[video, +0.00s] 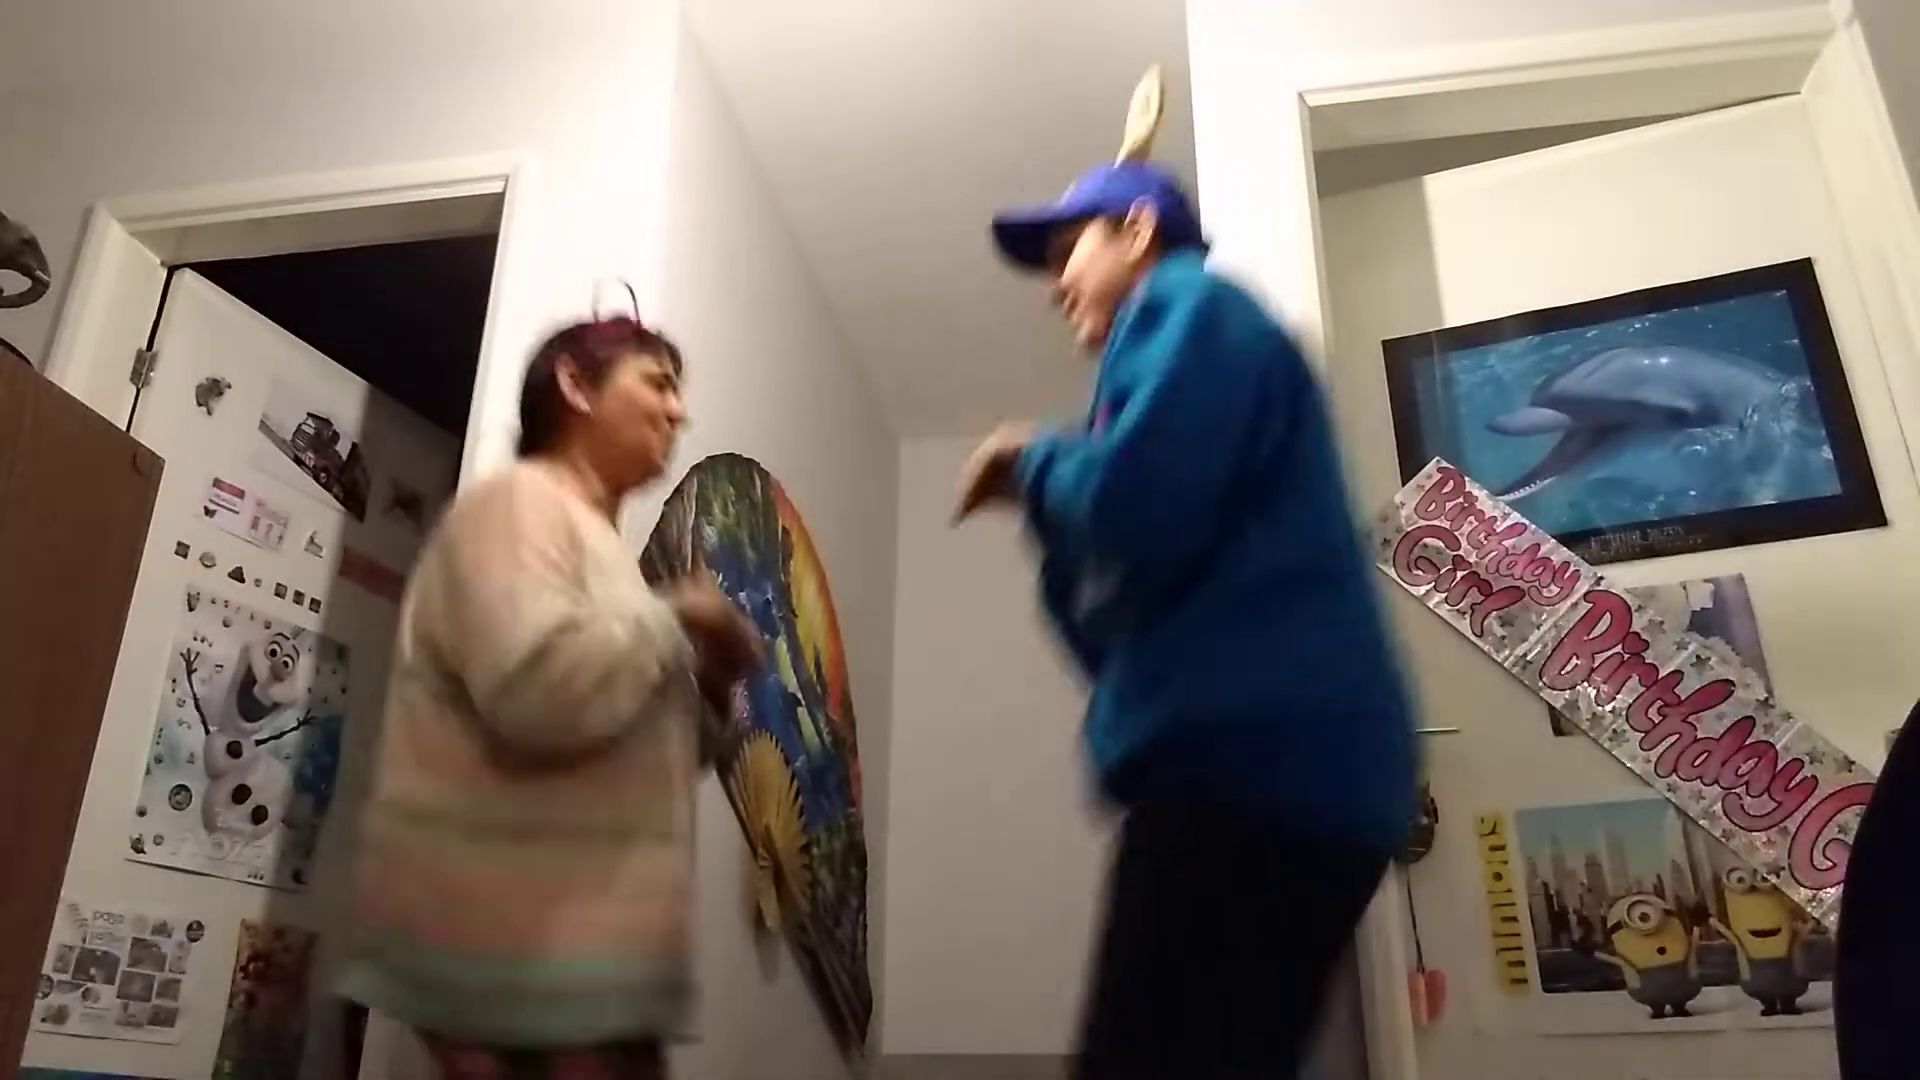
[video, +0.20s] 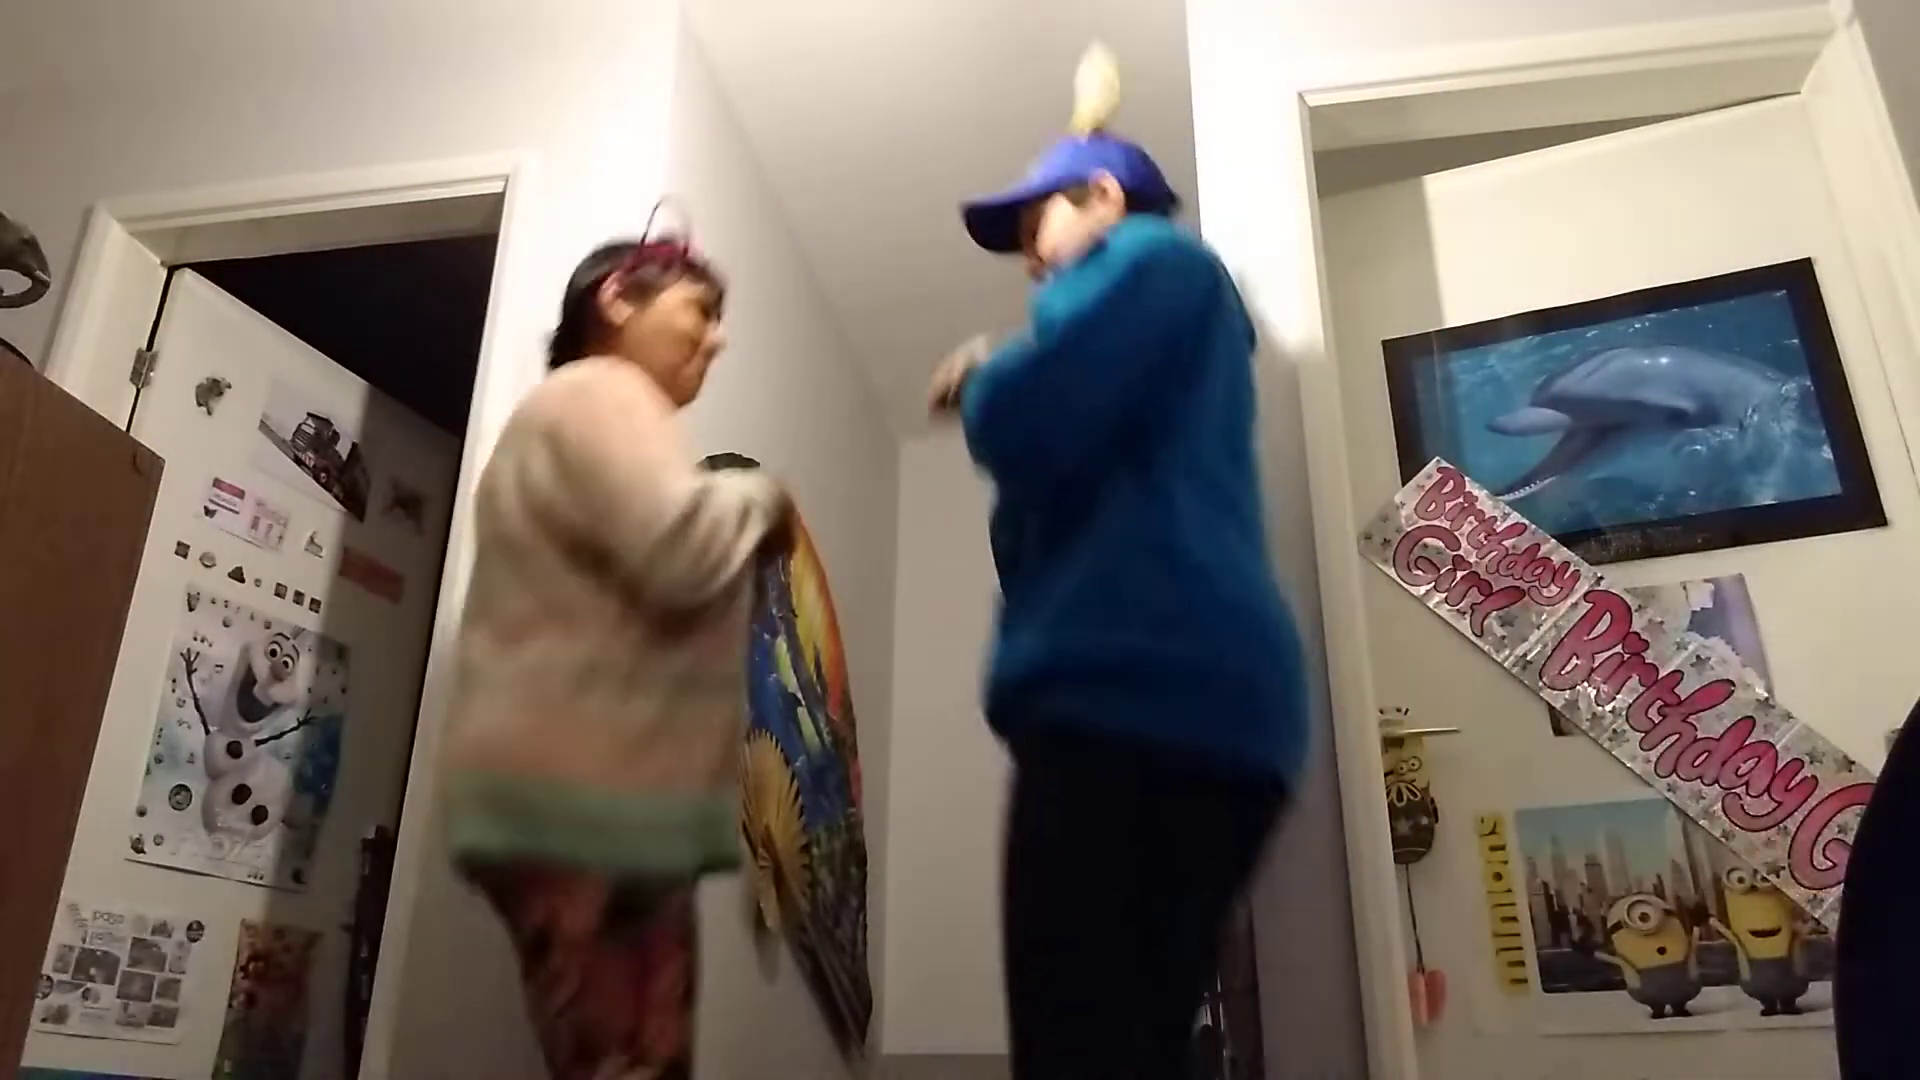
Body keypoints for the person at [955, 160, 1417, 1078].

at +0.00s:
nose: (1055, 282)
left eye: (1068, 249)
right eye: (1051, 263)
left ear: (1137, 229)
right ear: (1138, 241)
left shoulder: (1197, 307)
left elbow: (1137, 507)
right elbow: (1107, 640)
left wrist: (1033, 456)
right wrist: (1048, 498)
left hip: (1254, 769)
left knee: (1147, 1056)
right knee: (1205, 1058)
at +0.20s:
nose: (1030, 256)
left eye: (1039, 227)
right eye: (1025, 239)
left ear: (1102, 196)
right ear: (1105, 205)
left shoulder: (1155, 257)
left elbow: (1019, 427)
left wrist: (983, 369)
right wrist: (1007, 368)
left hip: (1142, 705)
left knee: (1082, 1025)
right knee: (1117, 1024)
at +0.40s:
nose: (959, 288)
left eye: (969, 255)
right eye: (958, 265)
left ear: (1022, 229)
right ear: (1049, 234)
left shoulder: (1066, 301)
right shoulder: (1139, 314)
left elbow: (972, 493)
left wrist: (913, 428)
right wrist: (922, 441)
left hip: (1089, 755)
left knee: (1018, 1043)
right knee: (1130, 1044)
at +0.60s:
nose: (939, 314)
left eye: (944, 289)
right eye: (938, 295)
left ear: (989, 267)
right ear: (1074, 275)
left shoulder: (994, 339)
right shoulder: (1162, 409)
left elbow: (885, 566)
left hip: (1021, 787)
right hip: (1192, 806)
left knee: (972, 1052)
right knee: (1137, 1057)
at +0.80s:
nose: (950, 287)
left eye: (956, 269)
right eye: (953, 272)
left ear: (986, 259)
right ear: (1086, 263)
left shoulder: (927, 346)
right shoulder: (1184, 385)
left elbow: (865, 552)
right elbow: (1206, 552)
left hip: (967, 754)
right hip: (1172, 756)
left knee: (970, 1047)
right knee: (1161, 1048)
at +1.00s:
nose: (954, 326)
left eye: (955, 311)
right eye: (953, 314)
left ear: (981, 300)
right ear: (1084, 293)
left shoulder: (935, 377)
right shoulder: (1182, 402)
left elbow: (866, 543)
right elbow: (1213, 570)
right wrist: (1134, 654)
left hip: (918, 771)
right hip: (1133, 782)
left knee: (918, 1046)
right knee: (1097, 1052)